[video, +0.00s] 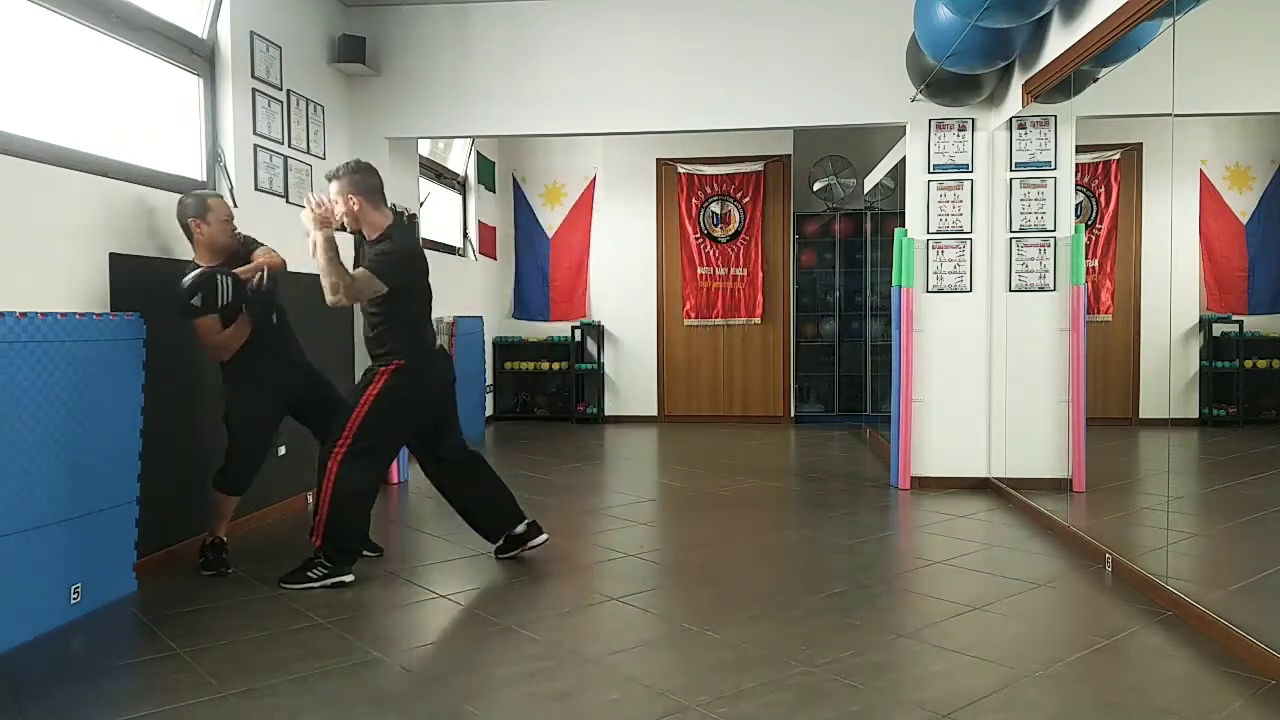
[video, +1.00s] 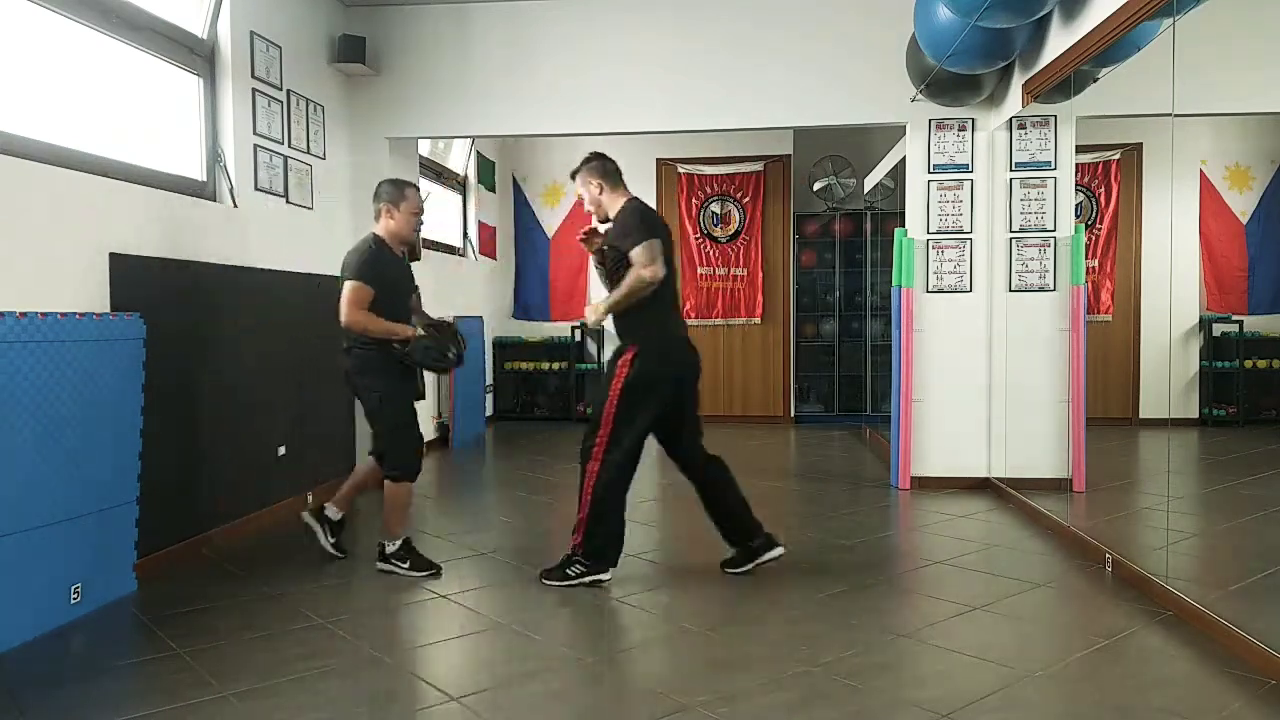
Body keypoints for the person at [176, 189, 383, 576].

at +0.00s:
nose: (235, 228)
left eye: (233, 220)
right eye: (226, 221)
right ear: (198, 227)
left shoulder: (243, 247)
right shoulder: (195, 285)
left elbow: (277, 261)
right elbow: (216, 350)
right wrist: (251, 314)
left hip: (293, 371)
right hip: (250, 387)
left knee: (345, 430)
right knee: (242, 461)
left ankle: (343, 530)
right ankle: (216, 540)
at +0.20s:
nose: (245, 218)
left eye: (242, 210)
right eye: (237, 211)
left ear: (214, 214)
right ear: (207, 215)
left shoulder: (254, 250)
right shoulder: (199, 274)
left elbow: (299, 288)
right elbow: (207, 340)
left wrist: (293, 286)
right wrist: (259, 324)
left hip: (291, 368)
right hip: (246, 381)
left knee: (344, 433)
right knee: (239, 458)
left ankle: (342, 532)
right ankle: (215, 539)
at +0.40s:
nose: (284, 208)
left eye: (281, 201)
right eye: (276, 201)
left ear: (251, 207)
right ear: (248, 207)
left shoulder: (286, 252)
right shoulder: (233, 260)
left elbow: (295, 296)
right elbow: (227, 324)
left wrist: (323, 304)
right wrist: (291, 330)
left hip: (300, 369)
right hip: (258, 374)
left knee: (344, 445)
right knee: (243, 454)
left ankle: (313, 523)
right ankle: (216, 536)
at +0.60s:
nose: (338, 214)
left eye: (336, 207)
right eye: (330, 207)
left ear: (308, 211)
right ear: (303, 210)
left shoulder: (330, 259)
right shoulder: (284, 258)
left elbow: (336, 306)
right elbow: (268, 322)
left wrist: (368, 317)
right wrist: (326, 351)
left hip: (333, 376)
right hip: (295, 376)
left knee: (335, 457)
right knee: (288, 463)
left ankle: (303, 536)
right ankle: (242, 523)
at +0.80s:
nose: (384, 208)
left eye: (384, 201)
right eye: (377, 200)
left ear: (359, 202)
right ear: (349, 200)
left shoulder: (370, 251)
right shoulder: (325, 243)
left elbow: (379, 295)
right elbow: (290, 296)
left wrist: (400, 297)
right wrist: (351, 310)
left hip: (355, 365)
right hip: (330, 365)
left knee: (334, 449)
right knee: (352, 451)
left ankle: (306, 527)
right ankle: (343, 537)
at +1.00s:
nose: (420, 221)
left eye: (421, 214)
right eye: (414, 214)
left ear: (395, 214)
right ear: (387, 213)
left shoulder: (398, 260)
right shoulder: (368, 254)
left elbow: (405, 314)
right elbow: (351, 316)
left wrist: (429, 328)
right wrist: (408, 332)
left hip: (393, 367)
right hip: (373, 368)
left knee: (392, 454)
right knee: (405, 454)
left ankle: (330, 513)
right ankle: (394, 548)